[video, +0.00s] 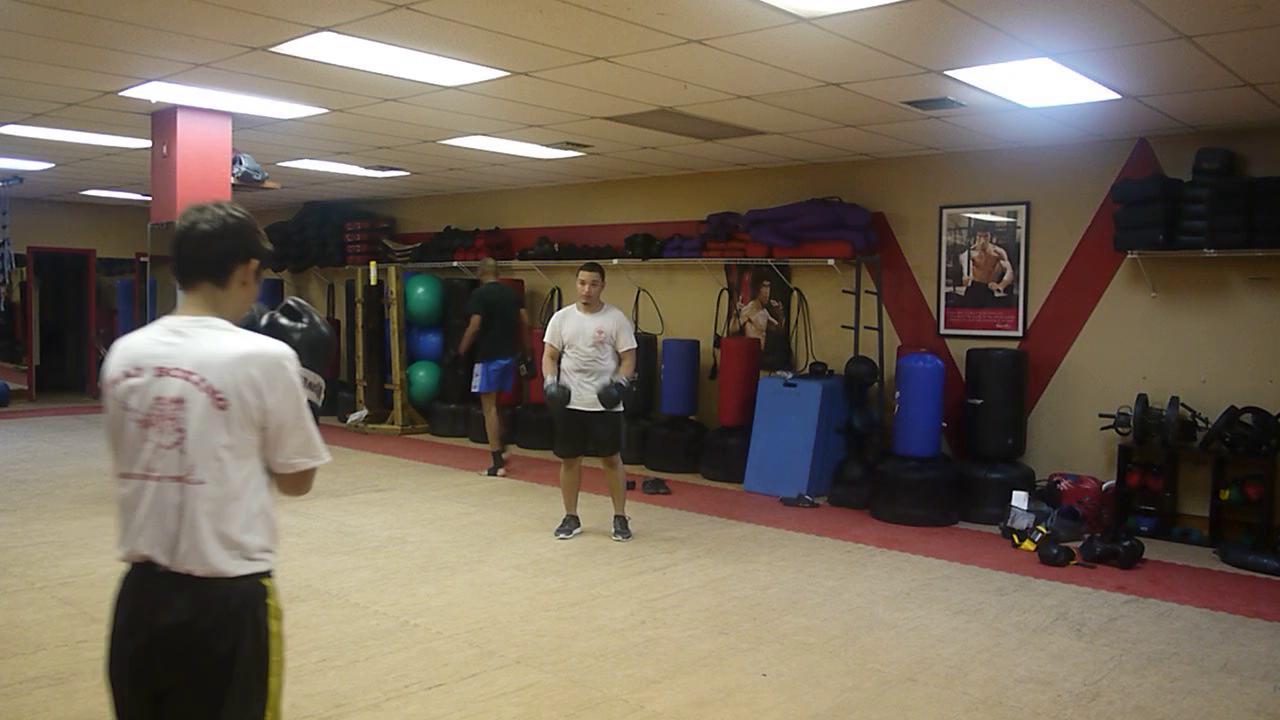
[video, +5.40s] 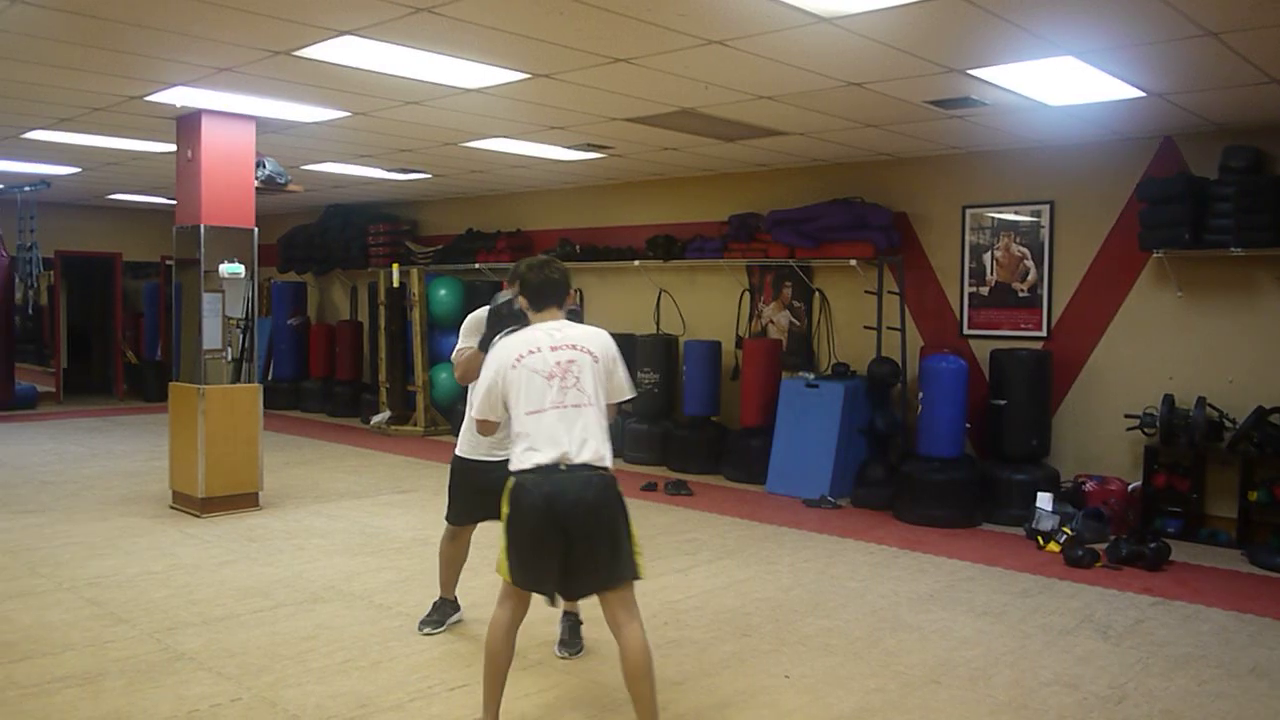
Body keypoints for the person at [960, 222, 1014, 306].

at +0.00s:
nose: (982, 241)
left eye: (985, 237)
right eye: (979, 237)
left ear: (990, 237)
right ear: (976, 237)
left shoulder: (999, 252)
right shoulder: (971, 252)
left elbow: (1009, 272)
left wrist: (1000, 286)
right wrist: (966, 278)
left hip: (990, 288)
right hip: (974, 286)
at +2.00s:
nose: (983, 241)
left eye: (985, 237)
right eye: (979, 237)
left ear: (990, 237)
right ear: (975, 237)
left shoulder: (998, 252)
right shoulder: (971, 253)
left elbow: (1009, 272)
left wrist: (1000, 286)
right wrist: (966, 279)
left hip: (992, 288)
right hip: (975, 287)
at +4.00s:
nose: (983, 241)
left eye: (985, 237)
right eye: (979, 237)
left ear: (990, 237)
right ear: (975, 237)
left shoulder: (998, 252)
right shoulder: (971, 253)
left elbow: (1009, 272)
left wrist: (1000, 286)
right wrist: (966, 279)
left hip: (992, 288)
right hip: (975, 287)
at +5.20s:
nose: (987, 242)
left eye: (990, 238)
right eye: (983, 238)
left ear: (995, 238)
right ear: (979, 238)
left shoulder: (1003, 254)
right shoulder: (975, 254)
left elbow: (1014, 273)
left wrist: (1005, 287)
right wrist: (971, 280)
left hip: (995, 289)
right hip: (979, 288)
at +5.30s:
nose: (995, 240)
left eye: (999, 236)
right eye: (992, 236)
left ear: (1004, 237)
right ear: (988, 237)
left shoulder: (1012, 252)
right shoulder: (985, 251)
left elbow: (1023, 272)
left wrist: (1015, 286)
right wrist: (979, 278)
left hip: (1004, 288)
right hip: (988, 287)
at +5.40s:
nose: (1006, 240)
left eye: (1009, 236)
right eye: (1003, 236)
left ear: (1014, 237)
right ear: (999, 237)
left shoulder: (1022, 252)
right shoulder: (994, 253)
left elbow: (1033, 272)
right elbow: (991, 269)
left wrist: (1025, 286)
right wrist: (990, 279)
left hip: (1014, 287)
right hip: (998, 286)